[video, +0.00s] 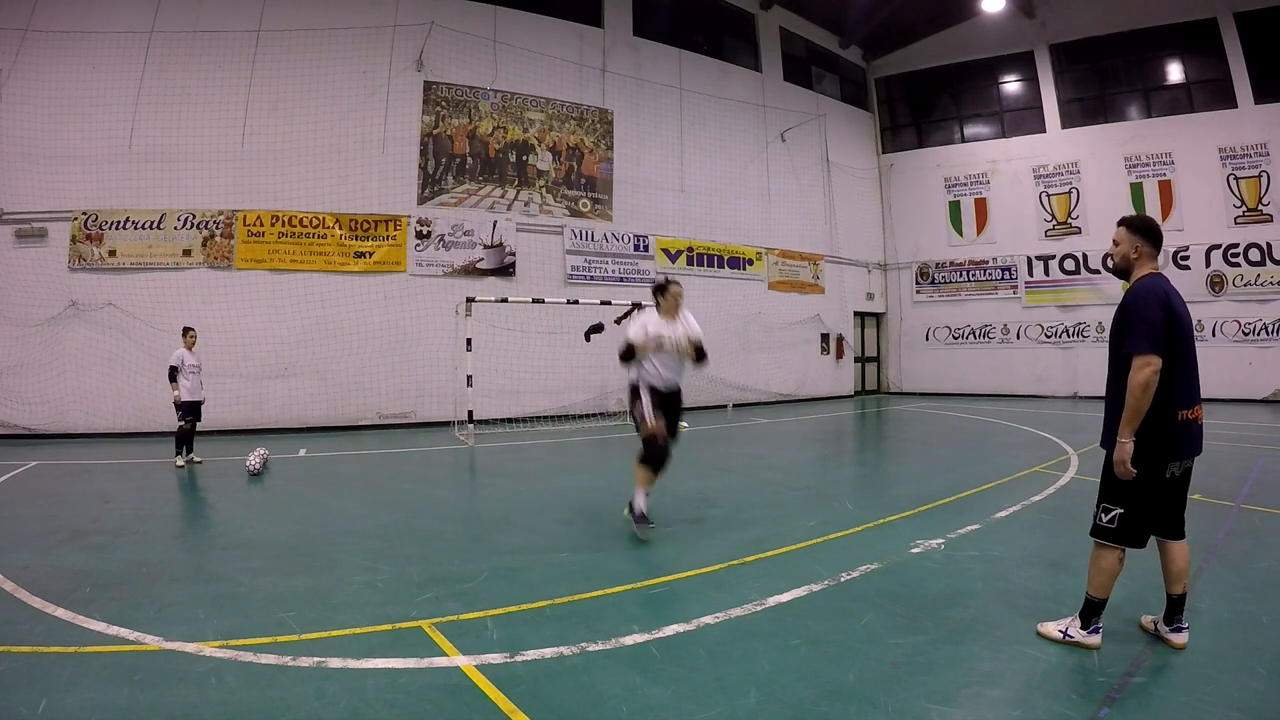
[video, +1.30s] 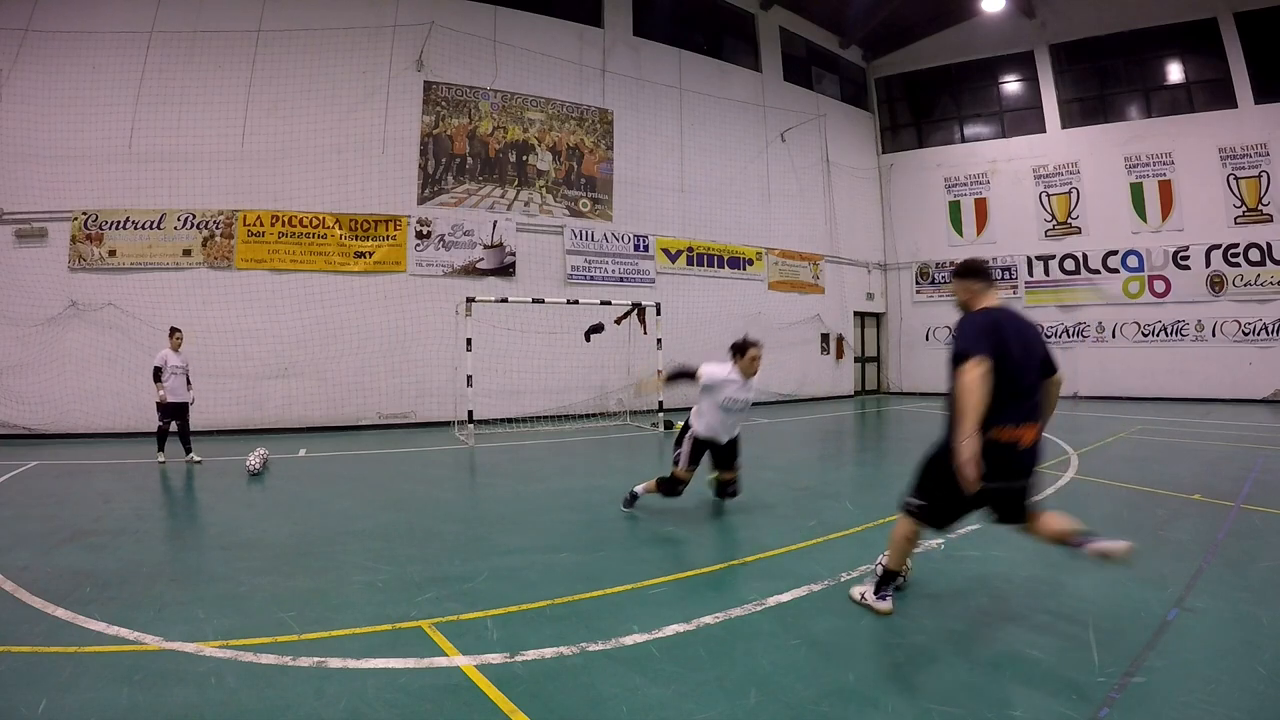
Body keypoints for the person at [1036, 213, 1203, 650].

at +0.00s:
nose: (1108, 249)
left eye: (1115, 242)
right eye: (1112, 242)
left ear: (1137, 249)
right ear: (1145, 251)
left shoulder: (1142, 296)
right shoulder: (1164, 292)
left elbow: (1147, 369)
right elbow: (1168, 369)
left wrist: (1125, 436)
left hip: (1141, 441)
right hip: (1175, 439)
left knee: (1110, 536)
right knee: (1170, 530)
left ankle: (1087, 624)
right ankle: (1174, 623)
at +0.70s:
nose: (1066, 310)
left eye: (1067, 301)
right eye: (1064, 303)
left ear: (1085, 294)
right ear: (1100, 292)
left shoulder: (1101, 325)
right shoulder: (1132, 323)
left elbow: (1095, 385)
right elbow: (1146, 391)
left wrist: (1069, 448)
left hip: (1137, 448)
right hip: (1180, 443)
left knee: (1082, 528)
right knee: (1155, 533)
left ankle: (1086, 624)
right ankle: (1185, 620)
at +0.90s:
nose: (1052, 337)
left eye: (1053, 328)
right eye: (1050, 330)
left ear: (1070, 322)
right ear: (1087, 319)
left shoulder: (1083, 350)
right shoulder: (1116, 344)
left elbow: (1059, 400)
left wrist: (1017, 453)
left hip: (1134, 459)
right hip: (1176, 453)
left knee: (1070, 529)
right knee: (1142, 538)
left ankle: (1085, 622)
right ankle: (1185, 620)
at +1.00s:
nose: (1042, 330)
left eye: (1043, 322)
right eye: (1040, 324)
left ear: (1057, 316)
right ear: (1076, 312)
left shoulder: (1070, 344)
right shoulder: (1105, 341)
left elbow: (1022, 378)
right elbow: (1122, 401)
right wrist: (1091, 450)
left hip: (1111, 456)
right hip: (1155, 452)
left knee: (1040, 514)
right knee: (1133, 537)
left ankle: (1066, 599)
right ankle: (1184, 620)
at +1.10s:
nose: (1017, 309)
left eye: (1018, 300)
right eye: (1016, 301)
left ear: (1031, 294)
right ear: (1051, 291)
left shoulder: (1043, 321)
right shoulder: (1082, 322)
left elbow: (1007, 337)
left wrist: (955, 354)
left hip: (1070, 447)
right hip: (1115, 448)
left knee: (995, 491)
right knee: (1132, 532)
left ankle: (998, 583)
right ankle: (1181, 615)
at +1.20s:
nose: (984, 290)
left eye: (985, 284)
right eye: (983, 284)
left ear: (998, 280)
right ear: (1018, 276)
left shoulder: (1008, 306)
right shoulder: (1051, 310)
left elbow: (1005, 338)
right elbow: (1058, 366)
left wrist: (985, 379)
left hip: (1019, 440)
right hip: (1067, 439)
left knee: (955, 507)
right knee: (1094, 513)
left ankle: (905, 581)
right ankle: (1165, 581)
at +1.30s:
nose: (954, 295)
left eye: (956, 288)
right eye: (954, 288)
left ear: (967, 288)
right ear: (991, 286)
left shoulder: (974, 323)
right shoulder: (1024, 325)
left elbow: (976, 371)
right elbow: (1052, 380)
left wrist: (967, 437)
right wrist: (1033, 430)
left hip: (973, 447)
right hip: (1019, 451)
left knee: (915, 511)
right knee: (1021, 513)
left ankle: (881, 589)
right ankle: (1089, 539)